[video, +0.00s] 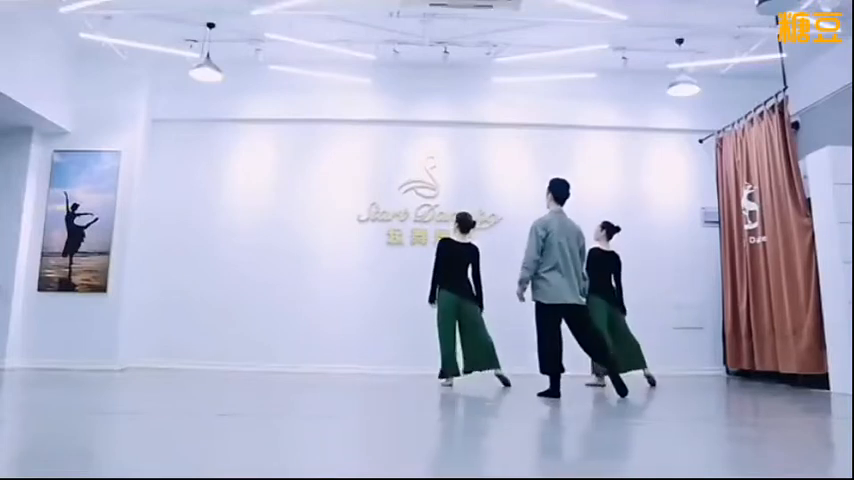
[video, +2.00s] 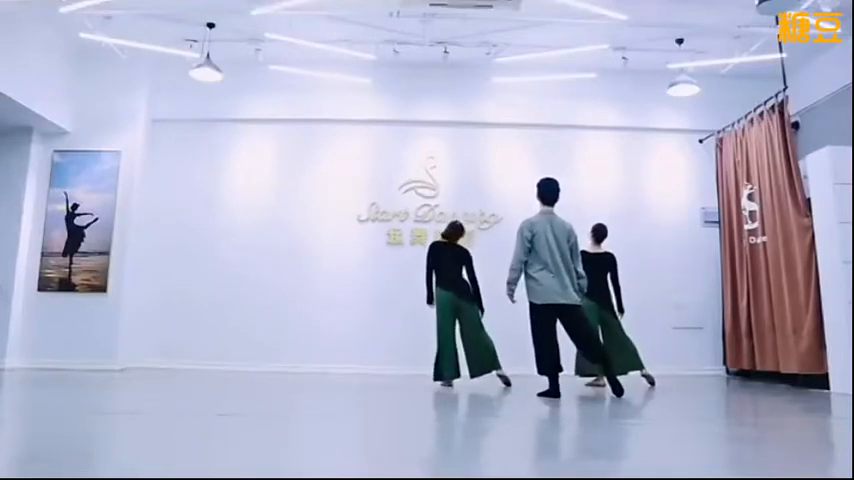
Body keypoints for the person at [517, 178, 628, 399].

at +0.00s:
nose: (545, 197)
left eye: (546, 193)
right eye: (548, 193)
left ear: (549, 195)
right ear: (565, 198)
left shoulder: (541, 225)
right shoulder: (576, 229)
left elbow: (531, 259)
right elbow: (581, 265)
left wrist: (522, 283)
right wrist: (581, 290)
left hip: (547, 295)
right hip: (572, 294)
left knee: (550, 342)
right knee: (589, 337)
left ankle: (554, 387)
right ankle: (614, 374)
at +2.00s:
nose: (541, 197)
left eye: (539, 193)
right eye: (551, 193)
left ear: (537, 196)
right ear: (557, 197)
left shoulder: (528, 226)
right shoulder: (567, 227)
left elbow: (519, 259)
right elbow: (577, 263)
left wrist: (511, 284)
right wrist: (580, 289)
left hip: (540, 296)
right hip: (566, 295)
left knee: (546, 343)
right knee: (587, 337)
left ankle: (553, 387)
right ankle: (611, 376)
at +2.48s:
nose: (529, 213)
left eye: (529, 209)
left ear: (529, 212)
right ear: (548, 212)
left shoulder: (524, 239)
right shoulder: (561, 239)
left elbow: (510, 268)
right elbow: (579, 273)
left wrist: (494, 291)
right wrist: (583, 298)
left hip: (538, 302)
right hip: (564, 301)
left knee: (539, 344)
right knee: (561, 335)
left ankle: (551, 387)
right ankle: (580, 373)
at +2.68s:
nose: (526, 228)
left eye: (525, 225)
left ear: (525, 226)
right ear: (543, 226)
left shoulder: (522, 250)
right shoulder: (558, 251)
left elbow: (510, 279)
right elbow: (576, 280)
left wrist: (493, 303)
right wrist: (583, 305)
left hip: (539, 305)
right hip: (564, 303)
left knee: (535, 349)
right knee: (551, 335)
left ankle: (551, 386)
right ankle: (559, 370)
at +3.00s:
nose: (517, 234)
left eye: (518, 231)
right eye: (518, 232)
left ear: (521, 231)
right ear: (537, 230)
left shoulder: (519, 248)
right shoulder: (552, 248)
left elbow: (511, 280)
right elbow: (565, 280)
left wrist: (503, 306)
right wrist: (569, 311)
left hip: (534, 303)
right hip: (559, 303)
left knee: (531, 344)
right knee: (529, 341)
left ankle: (551, 385)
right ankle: (525, 368)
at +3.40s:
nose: (513, 203)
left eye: (513, 200)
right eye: (516, 199)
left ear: (514, 200)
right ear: (532, 200)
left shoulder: (510, 222)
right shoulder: (544, 226)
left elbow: (503, 253)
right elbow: (552, 262)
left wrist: (497, 278)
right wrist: (553, 290)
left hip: (519, 287)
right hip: (542, 288)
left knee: (526, 335)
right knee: (530, 335)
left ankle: (546, 376)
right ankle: (517, 380)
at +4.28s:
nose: (498, 191)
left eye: (496, 187)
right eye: (506, 187)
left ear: (495, 190)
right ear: (514, 191)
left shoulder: (488, 218)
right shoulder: (524, 222)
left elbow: (478, 250)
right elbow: (530, 257)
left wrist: (469, 273)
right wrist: (530, 285)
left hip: (494, 282)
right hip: (518, 282)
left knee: (500, 329)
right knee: (513, 331)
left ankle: (513, 371)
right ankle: (507, 382)